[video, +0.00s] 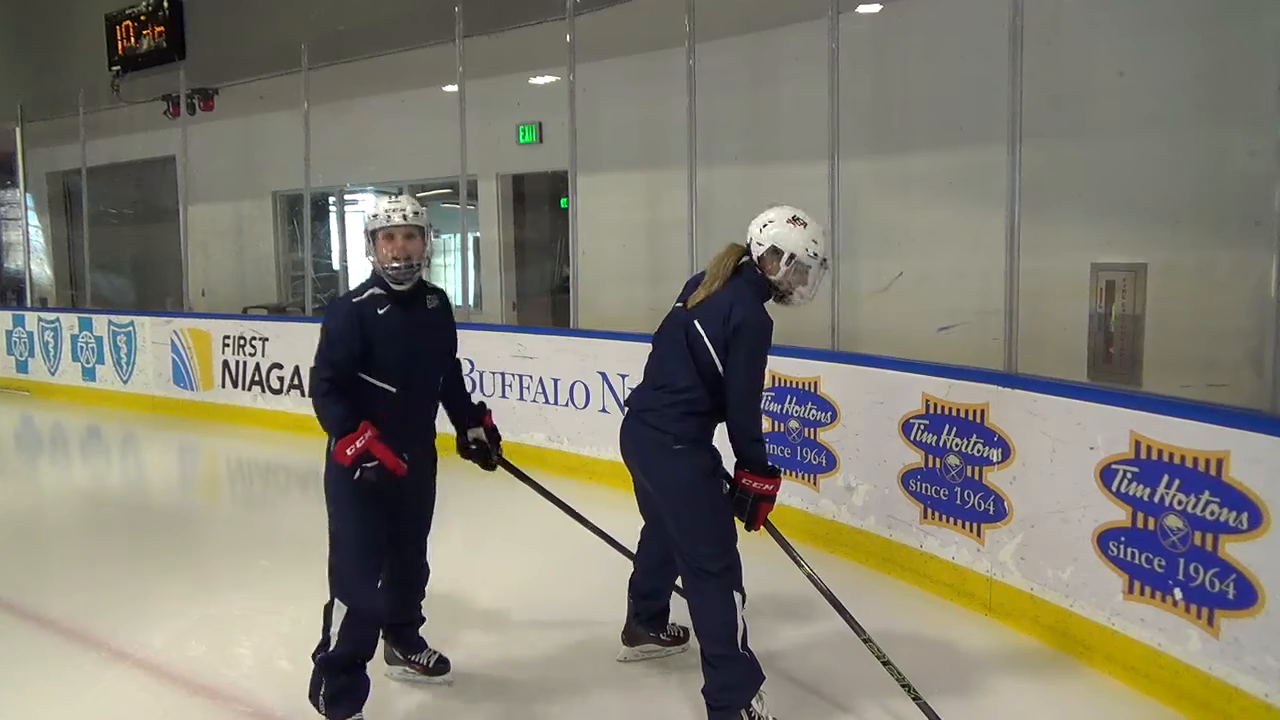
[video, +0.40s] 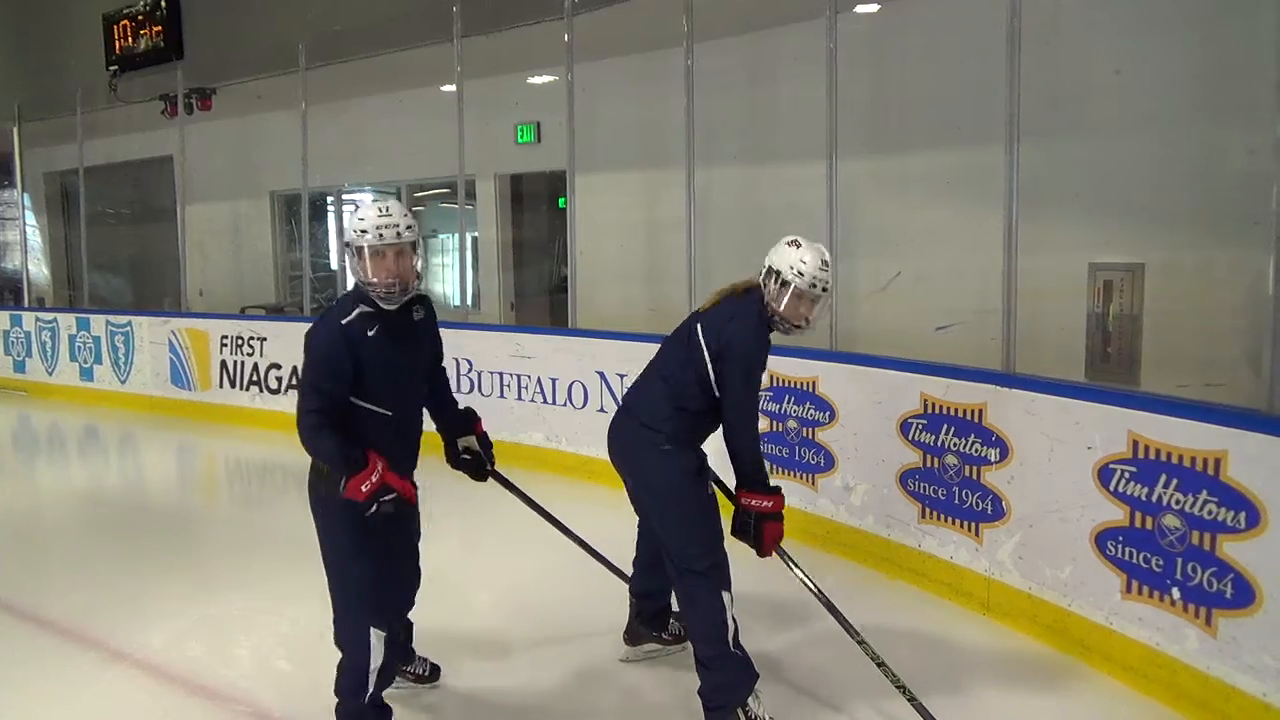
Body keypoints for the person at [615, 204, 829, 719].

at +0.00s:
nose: (803, 282)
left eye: (808, 271)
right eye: (800, 269)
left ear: (761, 254)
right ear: (774, 260)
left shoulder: (706, 281)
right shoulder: (750, 315)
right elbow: (743, 406)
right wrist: (757, 472)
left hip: (641, 434)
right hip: (679, 448)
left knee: (663, 529)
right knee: (714, 569)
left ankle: (644, 623)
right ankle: (732, 701)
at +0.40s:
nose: (801, 309)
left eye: (811, 301)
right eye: (796, 295)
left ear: (819, 300)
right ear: (771, 282)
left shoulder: (737, 306)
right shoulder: (747, 329)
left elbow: (731, 411)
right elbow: (740, 421)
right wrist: (759, 498)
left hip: (633, 433)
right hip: (662, 447)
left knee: (660, 528)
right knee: (703, 568)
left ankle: (648, 621)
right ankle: (729, 700)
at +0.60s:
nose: (800, 339)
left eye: (813, 333)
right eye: (796, 324)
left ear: (824, 338)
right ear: (778, 311)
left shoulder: (747, 330)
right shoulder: (751, 355)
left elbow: (688, 379)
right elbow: (742, 442)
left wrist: (681, 446)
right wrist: (760, 512)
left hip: (632, 434)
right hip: (653, 446)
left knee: (661, 534)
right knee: (698, 569)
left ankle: (646, 624)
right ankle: (725, 702)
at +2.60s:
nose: (781, 346)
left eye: (793, 340)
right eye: (777, 332)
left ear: (807, 343)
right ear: (759, 318)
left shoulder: (730, 340)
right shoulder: (728, 361)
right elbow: (719, 448)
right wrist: (738, 516)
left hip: (611, 434)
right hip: (624, 445)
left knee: (637, 532)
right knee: (670, 568)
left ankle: (629, 621)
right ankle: (694, 703)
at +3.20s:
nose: (777, 347)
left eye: (790, 341)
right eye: (773, 333)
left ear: (803, 343)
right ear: (756, 320)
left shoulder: (727, 340)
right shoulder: (725, 362)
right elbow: (715, 449)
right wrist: (734, 517)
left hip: (606, 434)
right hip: (620, 445)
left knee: (633, 532)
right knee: (665, 569)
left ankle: (624, 621)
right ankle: (690, 703)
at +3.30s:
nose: (776, 347)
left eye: (789, 340)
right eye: (771, 332)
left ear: (802, 343)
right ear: (755, 319)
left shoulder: (726, 340)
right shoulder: (724, 362)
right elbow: (714, 449)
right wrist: (733, 517)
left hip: (607, 434)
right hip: (619, 445)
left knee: (632, 533)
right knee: (665, 569)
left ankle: (624, 623)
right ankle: (690, 703)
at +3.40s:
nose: (775, 347)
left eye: (788, 340)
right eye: (770, 332)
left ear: (802, 343)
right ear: (754, 319)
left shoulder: (726, 340)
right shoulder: (724, 363)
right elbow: (714, 448)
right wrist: (733, 517)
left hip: (605, 434)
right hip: (620, 445)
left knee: (631, 533)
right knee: (665, 570)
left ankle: (623, 623)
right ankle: (690, 703)